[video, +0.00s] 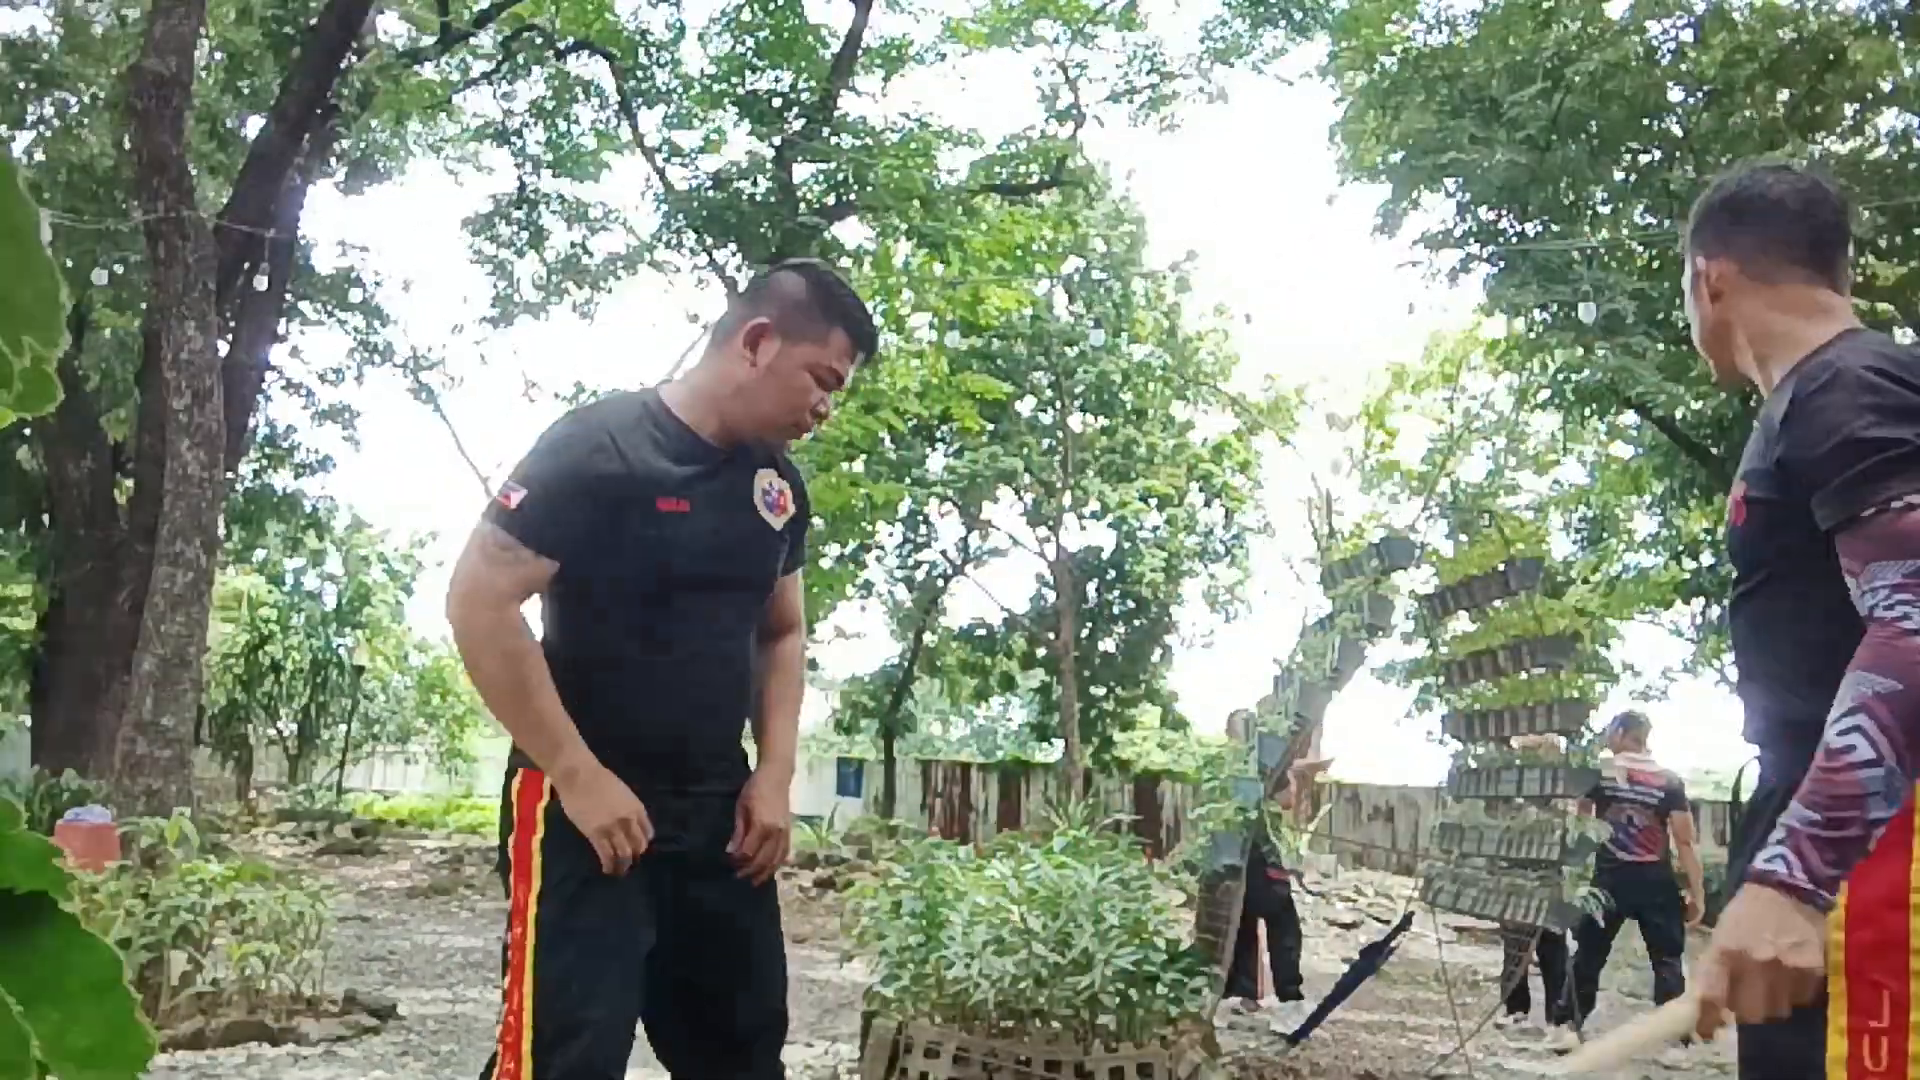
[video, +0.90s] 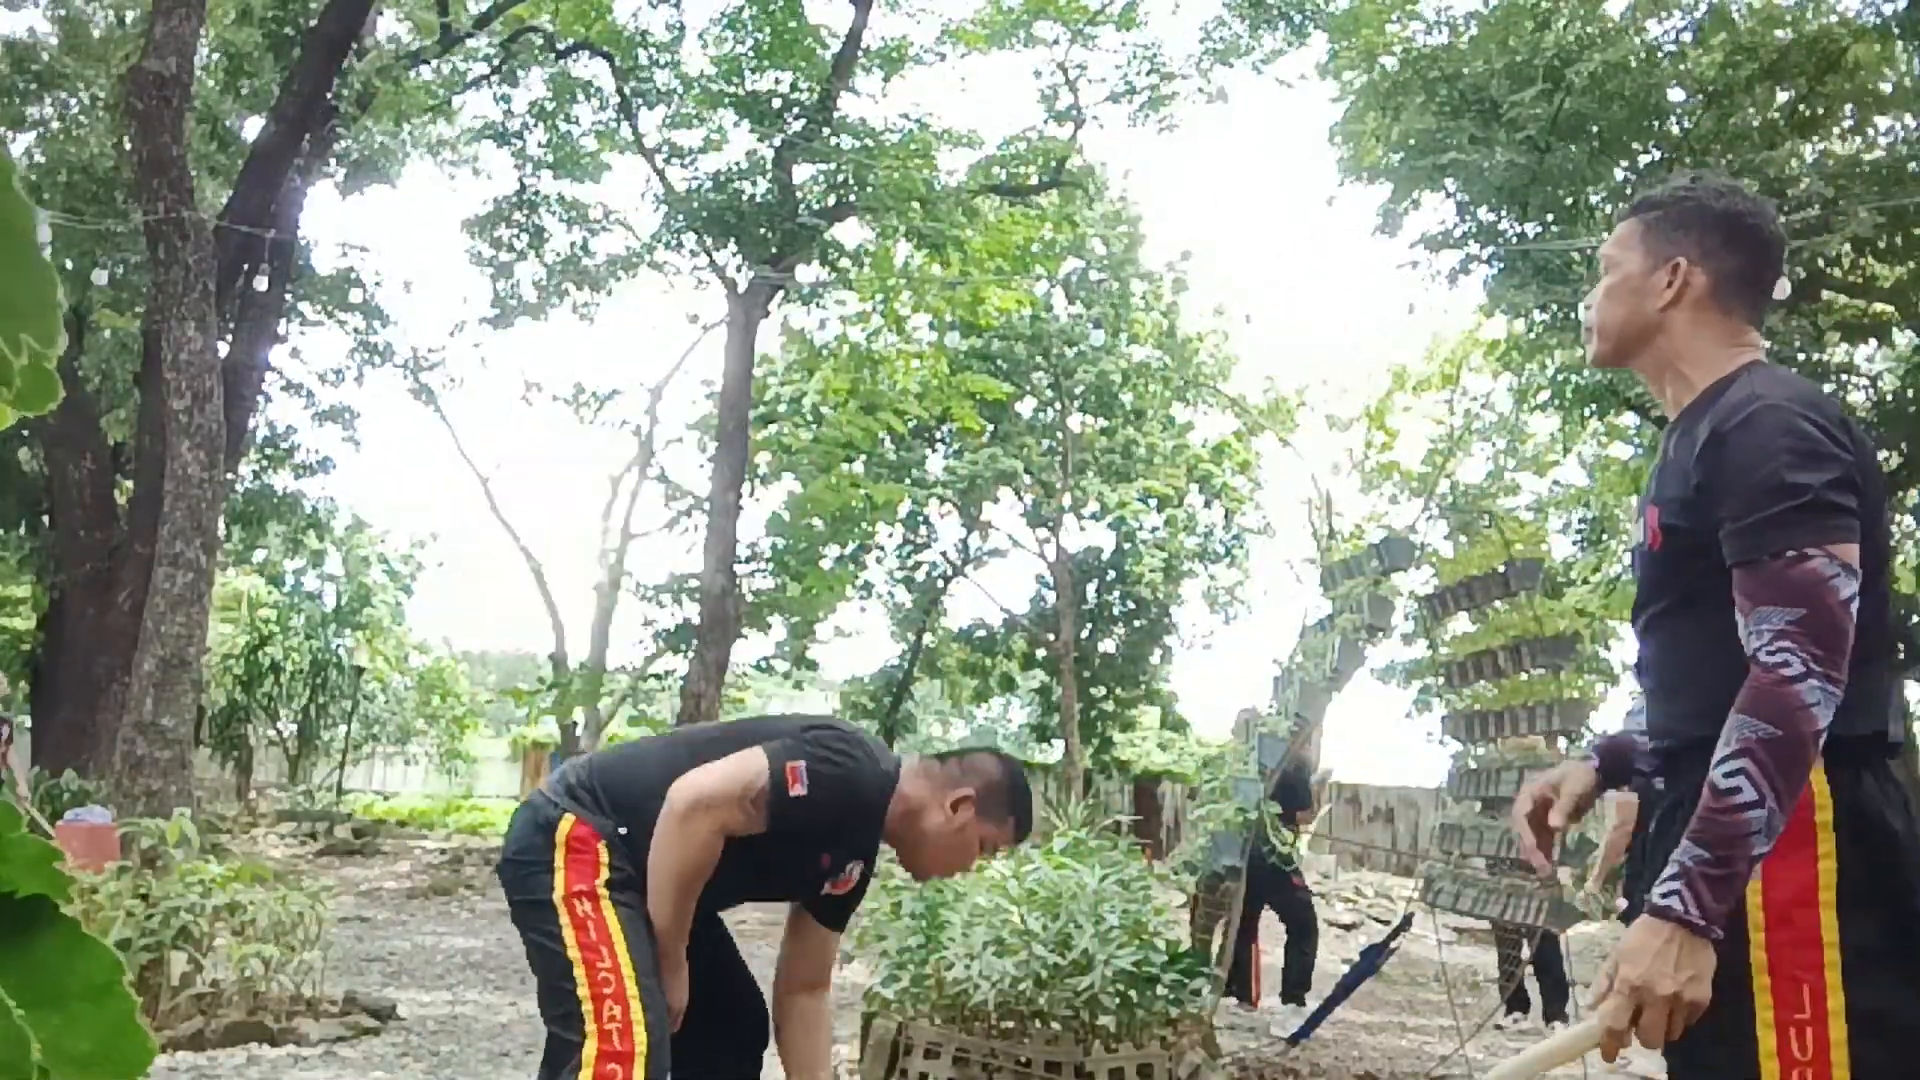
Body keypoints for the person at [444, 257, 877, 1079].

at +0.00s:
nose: (824, 409)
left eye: (836, 392)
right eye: (821, 379)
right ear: (756, 343)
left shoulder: (775, 482)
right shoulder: (596, 443)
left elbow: (781, 632)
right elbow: (479, 600)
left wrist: (775, 769)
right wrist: (573, 771)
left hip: (717, 826)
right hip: (582, 819)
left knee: (742, 1061)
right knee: (566, 1062)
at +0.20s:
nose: (859, 486)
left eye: (872, 469)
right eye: (865, 460)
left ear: (823, 420)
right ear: (823, 417)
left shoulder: (785, 531)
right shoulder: (673, 478)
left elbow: (748, 652)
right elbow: (545, 607)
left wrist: (761, 740)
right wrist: (638, 760)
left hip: (701, 821)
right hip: (589, 808)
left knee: (695, 1034)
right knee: (587, 1037)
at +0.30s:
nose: (905, 582)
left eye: (918, 565)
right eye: (912, 557)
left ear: (874, 516)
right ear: (873, 516)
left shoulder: (820, 618)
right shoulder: (730, 560)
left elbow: (769, 738)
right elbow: (595, 676)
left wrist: (776, 865)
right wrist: (657, 823)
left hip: (684, 851)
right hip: (585, 831)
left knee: (708, 1044)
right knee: (590, 1047)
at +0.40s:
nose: (955, 737)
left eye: (967, 723)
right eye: (962, 715)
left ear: (927, 675)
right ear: (927, 674)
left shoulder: (852, 762)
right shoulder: (790, 680)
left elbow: (804, 901)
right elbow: (625, 749)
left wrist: (819, 1057)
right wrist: (659, 893)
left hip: (674, 876)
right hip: (569, 845)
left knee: (744, 1043)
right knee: (588, 1048)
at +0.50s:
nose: (956, 854)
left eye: (972, 844)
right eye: (970, 835)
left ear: (937, 786)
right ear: (944, 790)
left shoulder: (853, 856)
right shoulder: (810, 753)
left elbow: (829, 1003)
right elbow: (639, 783)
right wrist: (656, 936)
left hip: (670, 886)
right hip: (565, 852)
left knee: (751, 1035)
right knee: (594, 1050)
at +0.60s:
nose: (948, 954)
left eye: (964, 945)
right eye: (963, 935)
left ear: (939, 886)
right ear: (943, 889)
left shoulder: (852, 932)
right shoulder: (831, 821)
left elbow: (838, 1054)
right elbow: (660, 813)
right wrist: (653, 970)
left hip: (658, 898)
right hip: (561, 858)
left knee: (749, 1034)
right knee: (600, 1055)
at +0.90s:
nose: (965, 870)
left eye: (983, 860)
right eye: (982, 851)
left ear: (953, 805)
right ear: (959, 807)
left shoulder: (853, 857)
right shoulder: (853, 777)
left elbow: (805, 989)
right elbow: (694, 802)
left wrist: (816, 1076)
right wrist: (670, 959)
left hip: (653, 866)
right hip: (578, 833)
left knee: (736, 1024)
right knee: (622, 1044)